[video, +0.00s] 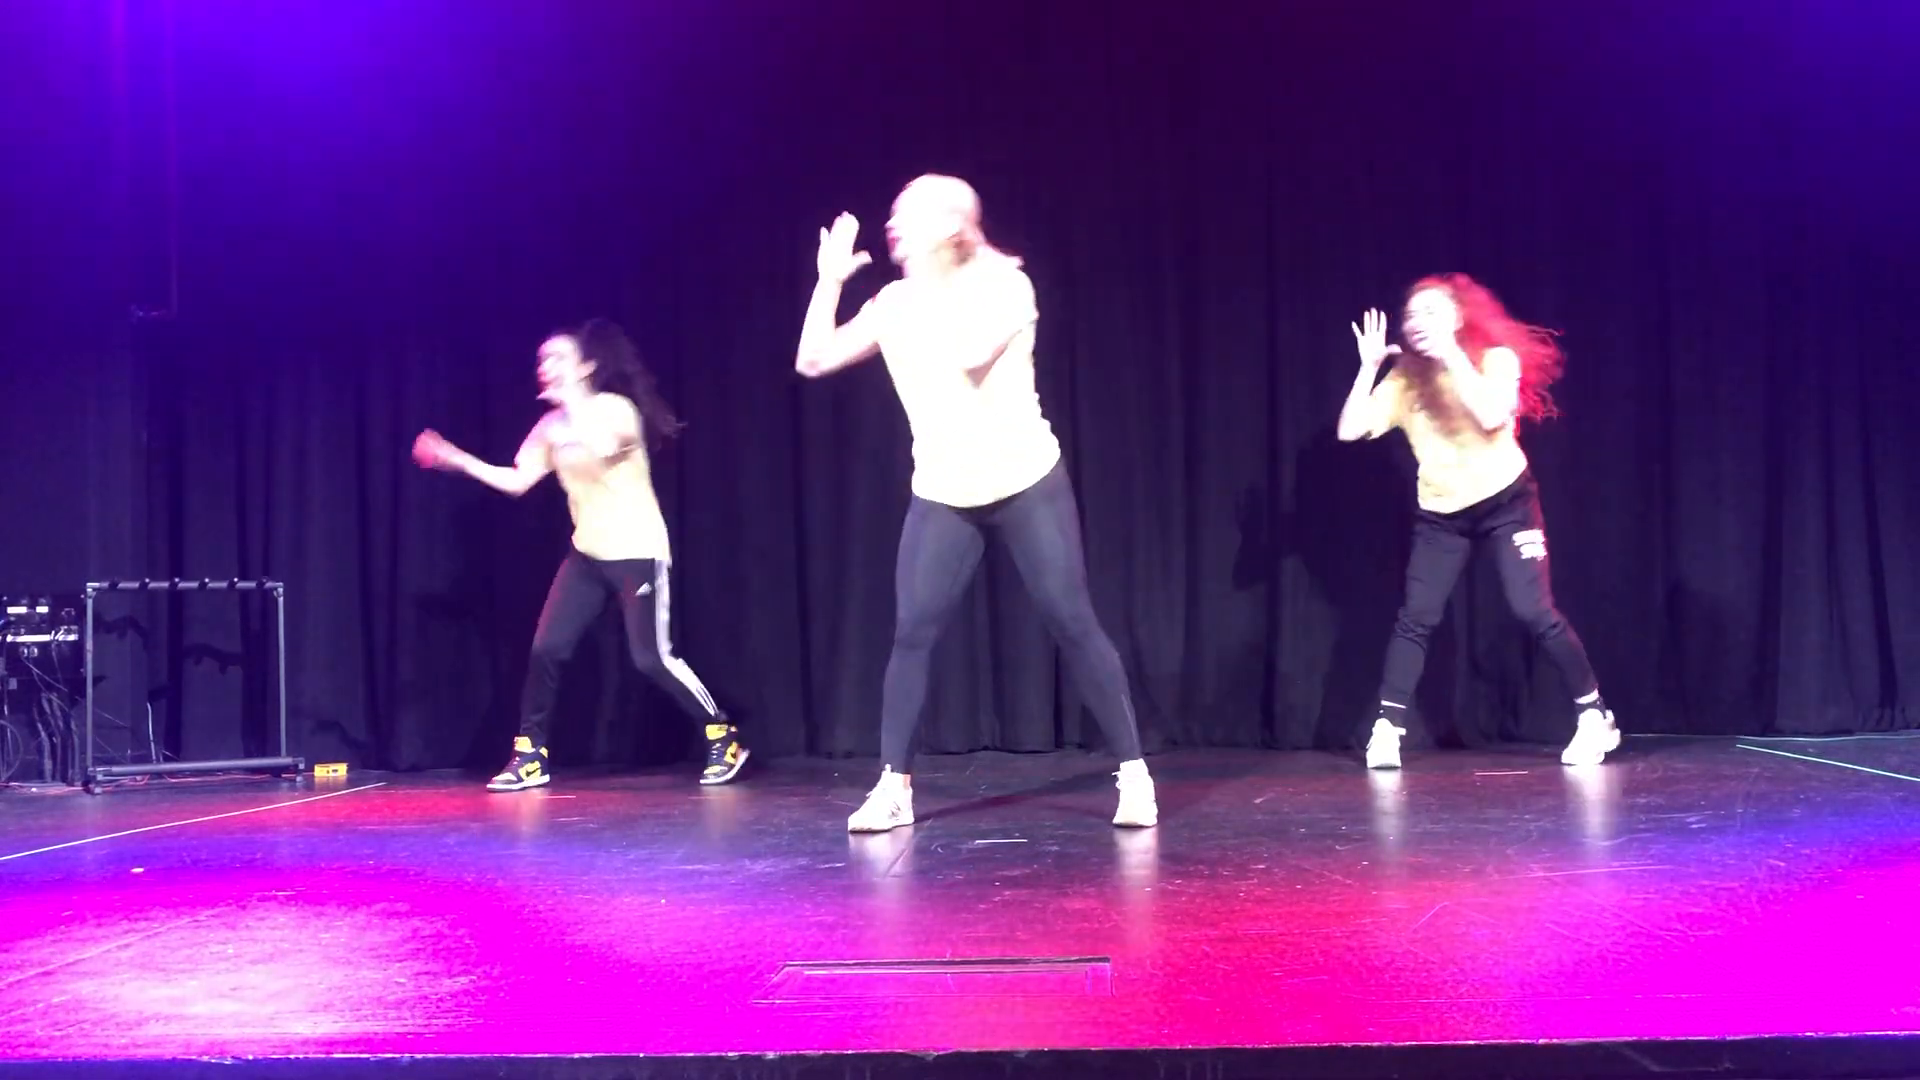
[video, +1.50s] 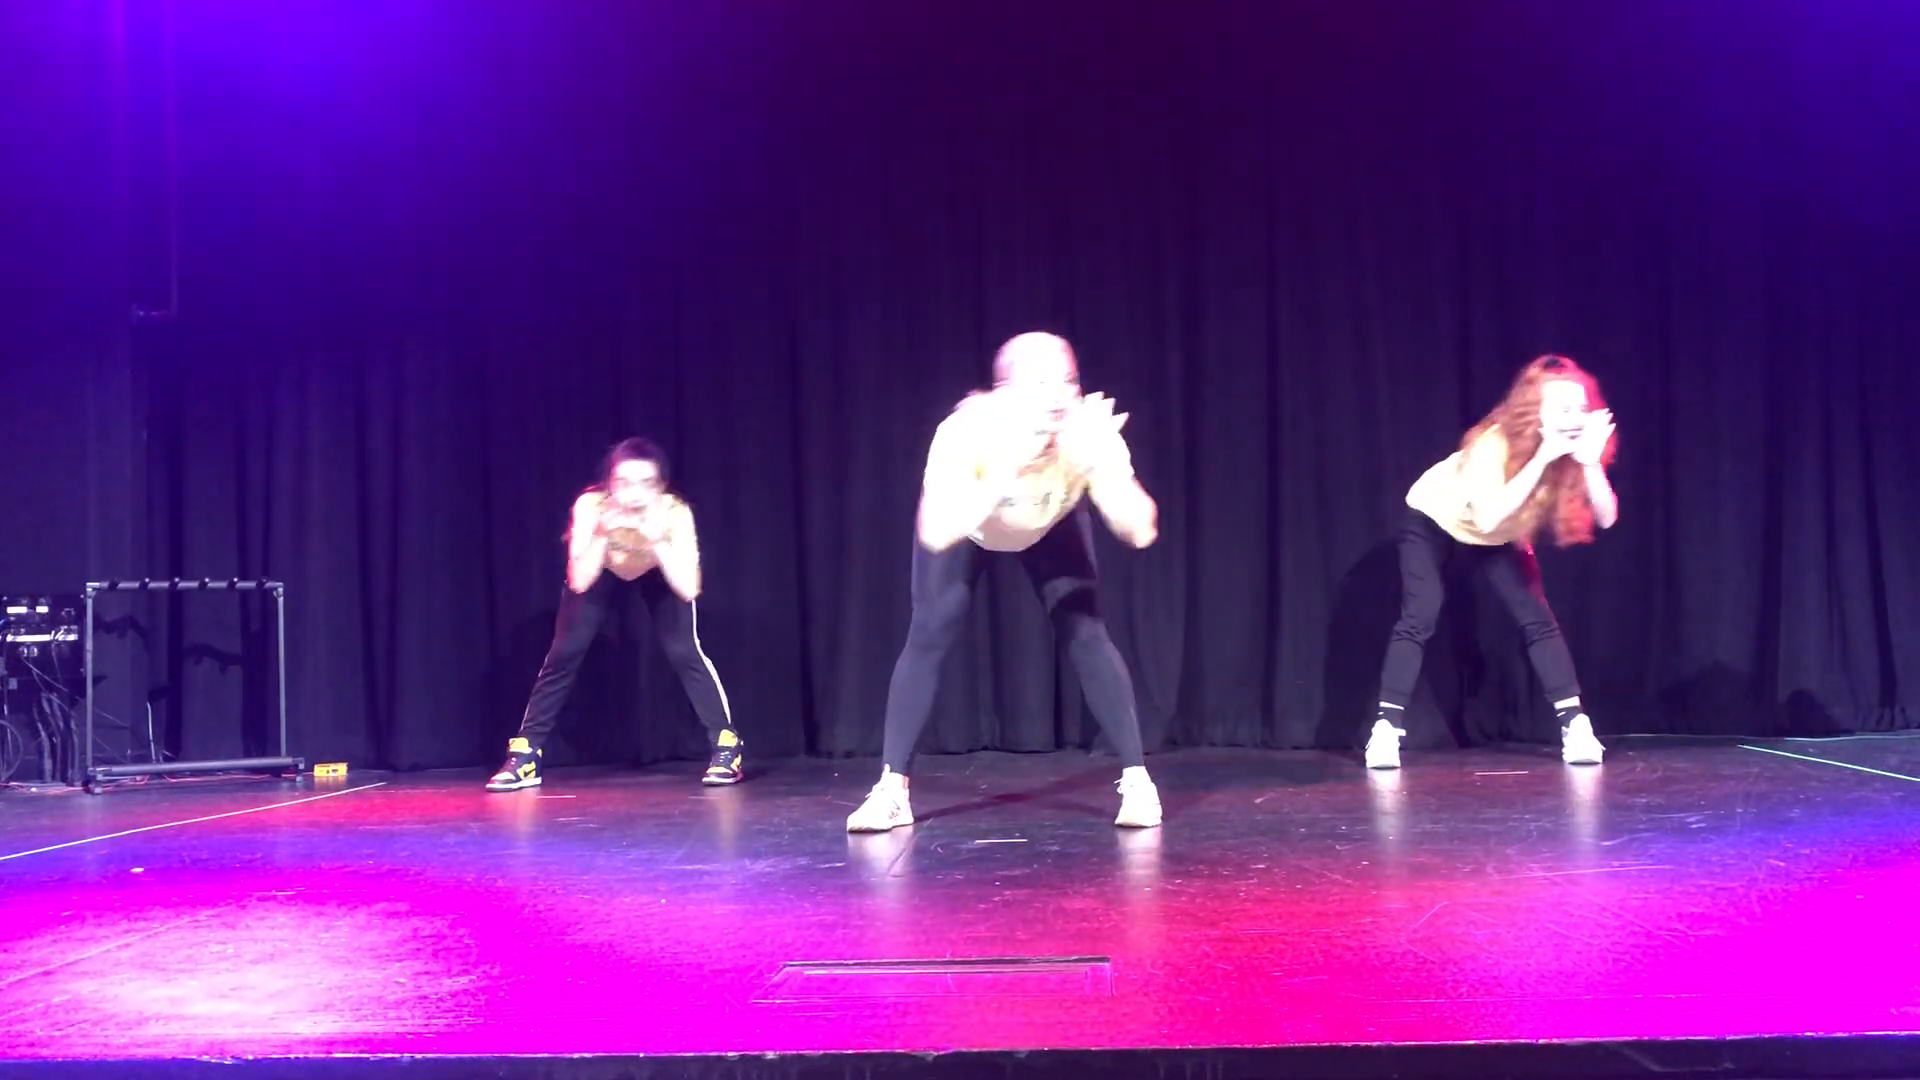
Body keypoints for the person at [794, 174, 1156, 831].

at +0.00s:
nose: (892, 223)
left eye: (907, 212)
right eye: (895, 213)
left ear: (953, 224)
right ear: (909, 229)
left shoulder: (1002, 281)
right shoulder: (892, 304)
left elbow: (975, 358)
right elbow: (813, 359)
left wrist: (947, 273)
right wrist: (830, 280)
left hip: (1025, 479)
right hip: (942, 490)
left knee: (1069, 619)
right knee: (913, 628)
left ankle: (1132, 769)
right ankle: (893, 785)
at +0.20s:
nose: (825, 278)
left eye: (840, 267)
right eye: (826, 268)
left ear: (882, 279)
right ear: (833, 283)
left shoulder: (932, 332)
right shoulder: (861, 361)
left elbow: (888, 408)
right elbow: (794, 429)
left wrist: (839, 331)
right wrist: (805, 351)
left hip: (1004, 504)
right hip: (933, 517)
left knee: (1043, 640)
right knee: (888, 639)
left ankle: (1134, 773)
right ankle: (893, 788)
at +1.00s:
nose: (780, 339)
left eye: (789, 324)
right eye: (777, 325)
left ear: (828, 324)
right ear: (782, 336)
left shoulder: (885, 358)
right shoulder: (819, 398)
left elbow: (869, 443)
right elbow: (781, 479)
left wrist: (803, 397)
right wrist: (770, 411)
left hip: (1024, 487)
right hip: (947, 514)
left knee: (1068, 618)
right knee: (914, 638)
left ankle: (1136, 772)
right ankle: (893, 787)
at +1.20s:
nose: (842, 407)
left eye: (854, 392)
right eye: (836, 393)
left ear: (896, 391)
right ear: (832, 398)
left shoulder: (949, 423)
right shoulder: (846, 448)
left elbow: (976, 529)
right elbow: (814, 547)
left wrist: (893, 473)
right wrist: (833, 483)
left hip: (1043, 496)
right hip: (962, 522)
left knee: (1081, 626)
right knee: (925, 642)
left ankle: (1138, 777)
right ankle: (894, 786)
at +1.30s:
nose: (911, 414)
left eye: (924, 399)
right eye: (897, 401)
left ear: (954, 395)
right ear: (882, 404)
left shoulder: (1001, 427)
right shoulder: (878, 447)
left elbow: (1048, 530)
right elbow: (845, 550)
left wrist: (957, 471)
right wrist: (885, 474)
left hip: (1040, 502)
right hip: (953, 521)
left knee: (1084, 625)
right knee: (933, 638)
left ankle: (1137, 777)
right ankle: (893, 785)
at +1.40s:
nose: (978, 409)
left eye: (991, 395)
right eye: (964, 396)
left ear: (1014, 394)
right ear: (939, 399)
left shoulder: (1052, 429)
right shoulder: (919, 440)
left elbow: (1103, 529)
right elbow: (884, 546)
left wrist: (1027, 466)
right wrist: (946, 469)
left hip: (1045, 516)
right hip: (956, 524)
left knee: (1081, 621)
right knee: (929, 639)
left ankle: (1137, 778)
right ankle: (892, 785)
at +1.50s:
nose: (1058, 396)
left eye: (1066, 381)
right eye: (1044, 384)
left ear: (1076, 383)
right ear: (1008, 387)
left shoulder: (1090, 426)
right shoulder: (967, 427)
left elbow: (1141, 530)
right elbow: (935, 531)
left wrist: (1101, 447)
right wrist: (1007, 465)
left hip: (1051, 525)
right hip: (964, 525)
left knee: (1086, 634)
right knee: (929, 634)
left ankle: (1137, 779)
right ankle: (891, 785)